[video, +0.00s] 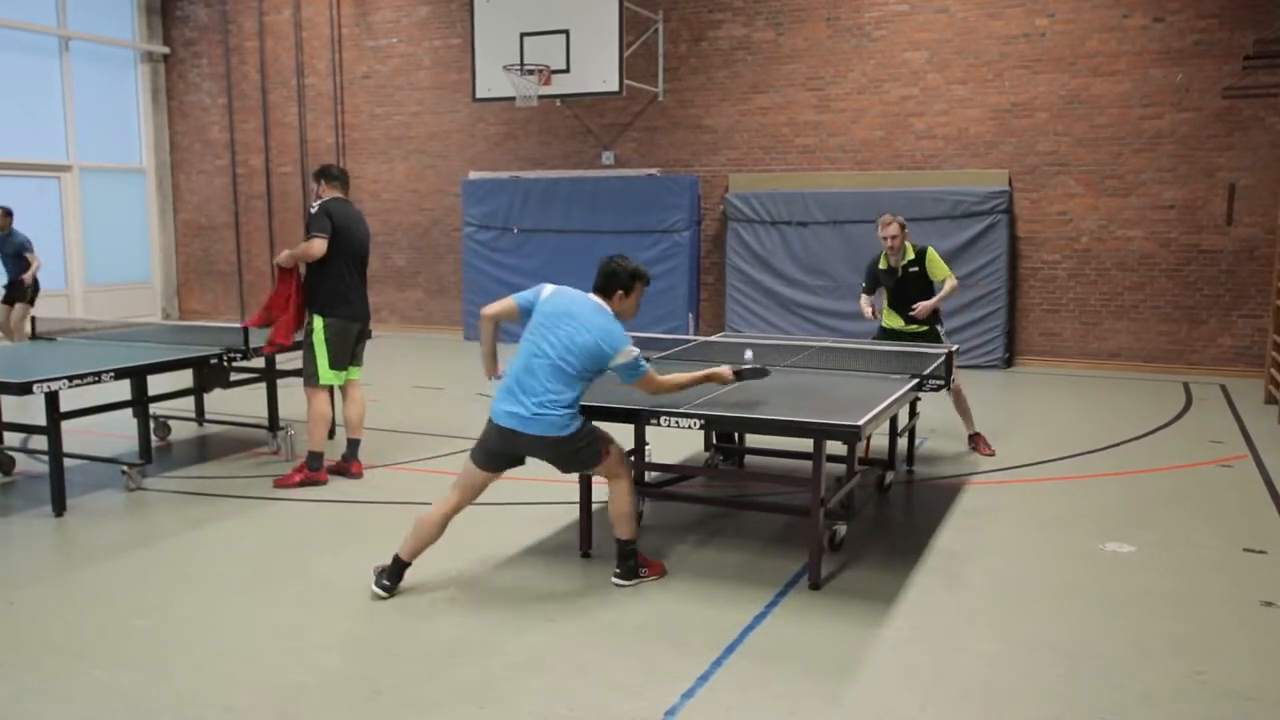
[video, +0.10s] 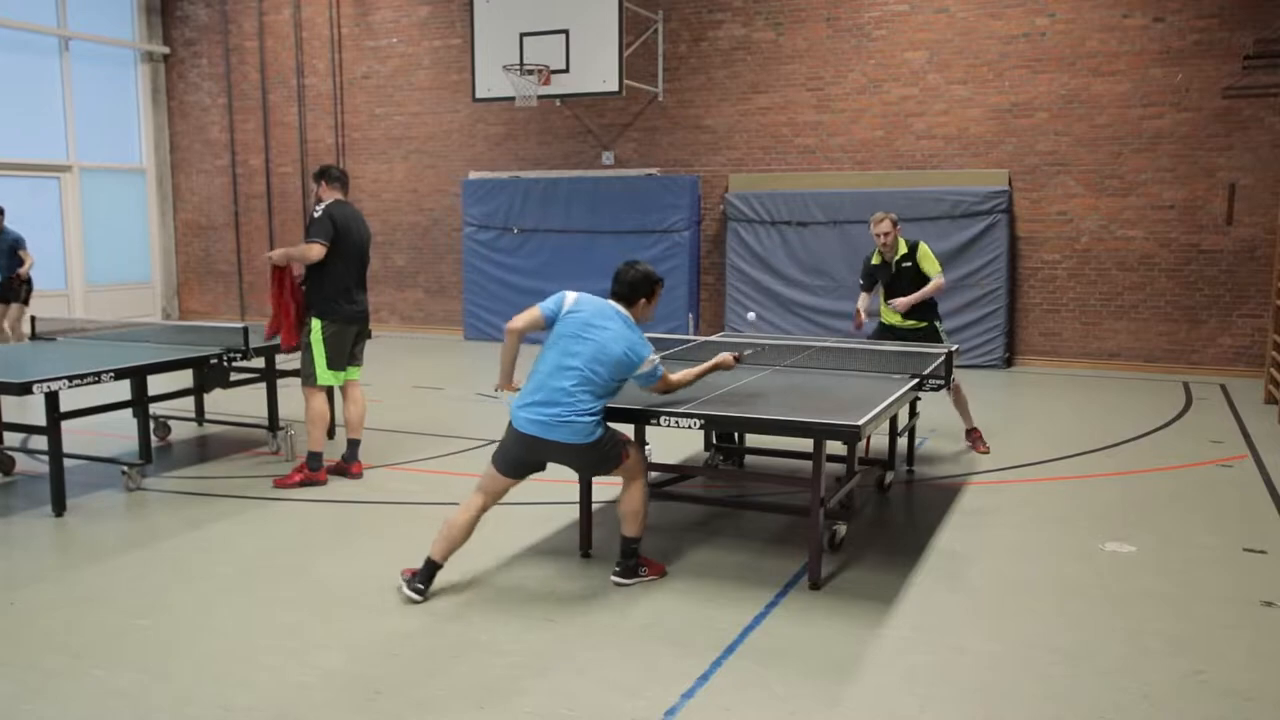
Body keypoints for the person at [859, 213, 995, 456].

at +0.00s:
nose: (890, 243)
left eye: (894, 238)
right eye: (885, 239)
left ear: (905, 236)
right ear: (880, 239)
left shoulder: (924, 254)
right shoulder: (876, 265)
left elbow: (951, 282)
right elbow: (866, 294)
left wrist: (932, 303)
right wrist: (866, 307)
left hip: (927, 331)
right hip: (891, 331)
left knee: (953, 383)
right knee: (869, 381)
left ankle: (973, 434)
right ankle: (864, 441)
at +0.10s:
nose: (882, 240)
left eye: (886, 234)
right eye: (877, 236)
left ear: (897, 232)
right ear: (873, 237)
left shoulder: (917, 249)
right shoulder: (873, 260)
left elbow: (939, 282)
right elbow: (866, 291)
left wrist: (909, 300)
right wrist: (860, 310)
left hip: (924, 328)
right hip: (889, 328)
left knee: (950, 380)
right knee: (863, 374)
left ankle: (971, 430)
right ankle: (861, 432)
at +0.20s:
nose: (875, 251)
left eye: (878, 245)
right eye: (870, 247)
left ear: (889, 243)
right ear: (865, 249)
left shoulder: (906, 262)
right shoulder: (869, 271)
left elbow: (909, 295)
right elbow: (867, 306)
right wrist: (853, 325)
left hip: (923, 338)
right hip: (888, 336)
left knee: (951, 391)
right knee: (865, 383)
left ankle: (973, 432)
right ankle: (861, 437)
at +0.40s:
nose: (864, 252)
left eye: (868, 246)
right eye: (859, 248)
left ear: (881, 244)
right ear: (856, 250)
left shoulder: (902, 262)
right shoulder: (861, 276)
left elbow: (927, 285)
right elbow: (854, 311)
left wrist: (892, 289)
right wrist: (823, 324)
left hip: (918, 340)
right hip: (882, 339)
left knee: (948, 389)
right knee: (860, 381)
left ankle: (954, 427)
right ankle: (859, 435)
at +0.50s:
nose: (866, 247)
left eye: (870, 241)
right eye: (862, 243)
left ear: (886, 238)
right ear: (861, 245)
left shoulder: (910, 257)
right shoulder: (860, 272)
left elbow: (953, 260)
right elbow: (836, 301)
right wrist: (806, 321)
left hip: (916, 340)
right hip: (878, 341)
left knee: (946, 387)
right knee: (861, 388)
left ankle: (951, 432)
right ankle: (860, 441)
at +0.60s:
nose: (862, 236)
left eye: (867, 230)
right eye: (859, 232)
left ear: (882, 229)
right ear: (856, 234)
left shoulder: (906, 247)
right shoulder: (855, 264)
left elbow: (933, 248)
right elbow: (821, 291)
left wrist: (955, 246)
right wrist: (789, 314)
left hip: (905, 334)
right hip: (867, 335)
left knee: (933, 380)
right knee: (852, 384)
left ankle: (951, 429)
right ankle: (855, 435)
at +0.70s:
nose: (850, 232)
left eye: (855, 227)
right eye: (847, 228)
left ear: (870, 226)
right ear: (844, 231)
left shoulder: (882, 245)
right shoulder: (845, 261)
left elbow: (896, 250)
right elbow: (810, 284)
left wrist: (927, 252)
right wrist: (772, 302)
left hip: (887, 330)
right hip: (853, 332)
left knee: (916, 375)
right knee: (828, 376)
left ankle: (941, 423)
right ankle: (805, 423)